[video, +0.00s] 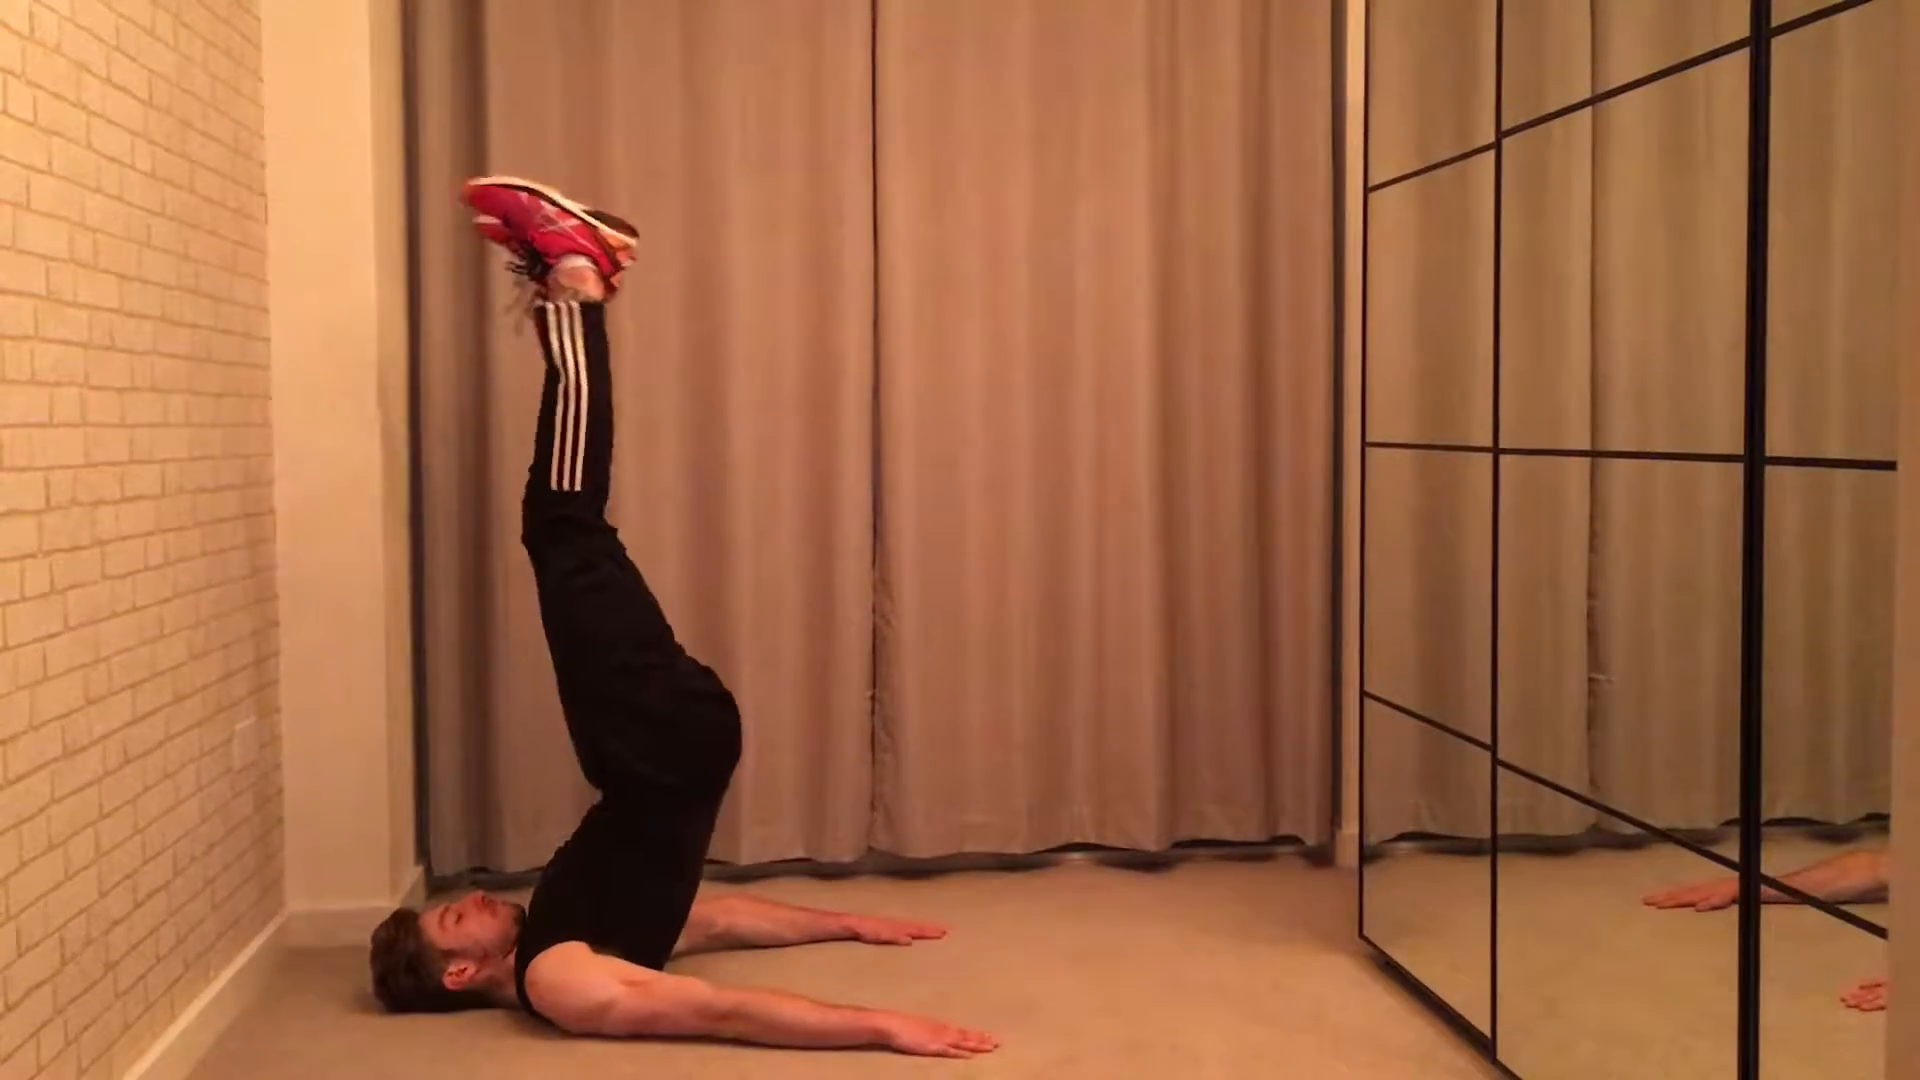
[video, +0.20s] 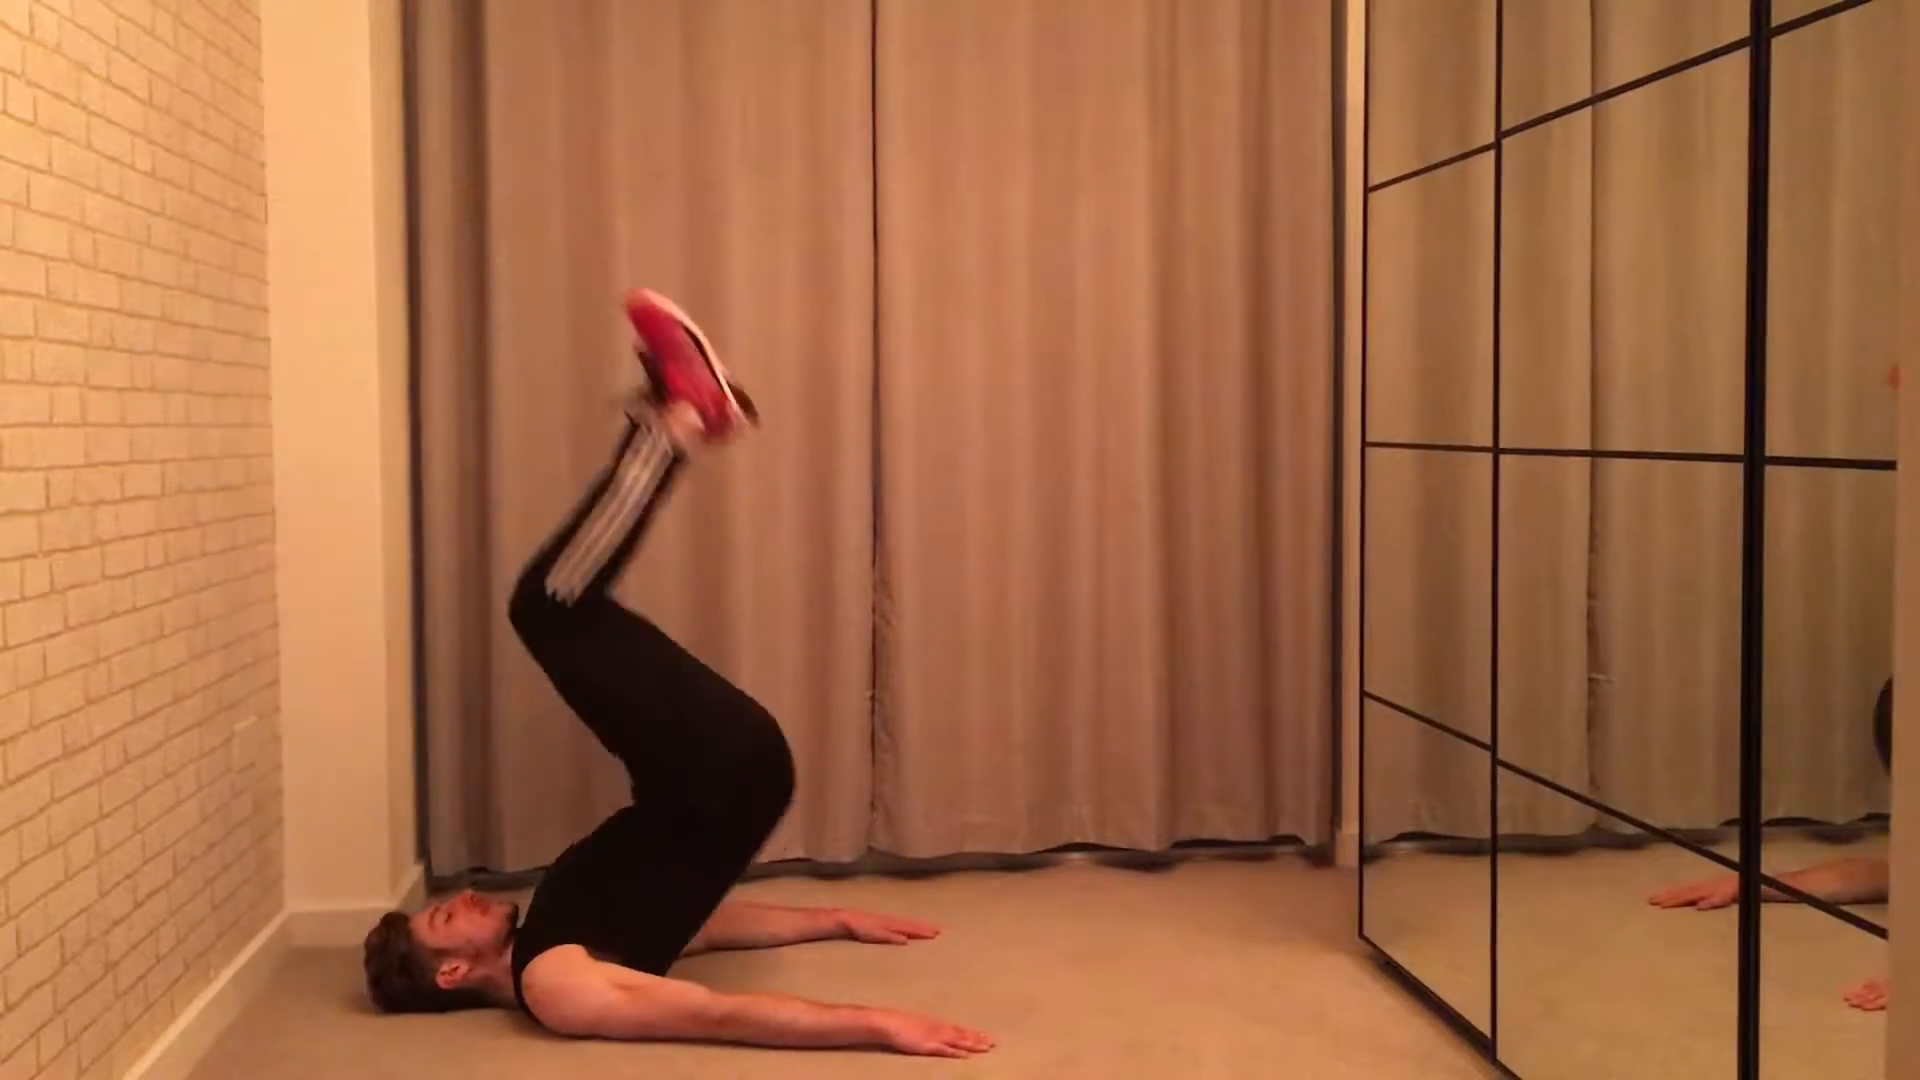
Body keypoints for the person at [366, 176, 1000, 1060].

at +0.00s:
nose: (474, 899)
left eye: (456, 900)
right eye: (456, 919)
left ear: (478, 904)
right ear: (465, 973)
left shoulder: (570, 936)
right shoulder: (559, 979)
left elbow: (716, 917)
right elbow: (719, 1015)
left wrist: (849, 925)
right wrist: (884, 1029)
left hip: (661, 760)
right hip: (681, 751)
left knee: (561, 526)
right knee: (560, 527)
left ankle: (570, 293)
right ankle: (573, 289)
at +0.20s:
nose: (464, 901)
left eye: (446, 903)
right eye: (449, 919)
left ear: (472, 943)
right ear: (460, 968)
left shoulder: (565, 941)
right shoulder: (559, 984)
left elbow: (712, 925)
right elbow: (721, 1019)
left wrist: (838, 922)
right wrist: (878, 1029)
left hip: (714, 775)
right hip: (731, 776)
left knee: (550, 606)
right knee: (543, 607)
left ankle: (668, 418)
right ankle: (673, 423)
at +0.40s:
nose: (464, 880)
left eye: (443, 883)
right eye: (446, 897)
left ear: (463, 936)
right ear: (457, 953)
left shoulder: (555, 933)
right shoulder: (564, 973)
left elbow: (704, 913)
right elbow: (717, 1019)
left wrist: (838, 917)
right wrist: (879, 1015)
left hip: (787, 879)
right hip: (802, 888)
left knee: (650, 699)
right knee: (653, 710)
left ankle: (841, 599)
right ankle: (858, 631)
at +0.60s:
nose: (627, 770)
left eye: (615, 755)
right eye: (604, 765)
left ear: (570, 798)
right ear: (562, 803)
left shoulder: (622, 854)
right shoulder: (620, 887)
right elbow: (714, 1023)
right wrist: (870, 1001)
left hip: (837, 911)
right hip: (863, 940)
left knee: (883, 682)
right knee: (906, 706)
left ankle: (1011, 853)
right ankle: (1075, 862)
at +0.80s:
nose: (853, 656)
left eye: (853, 639)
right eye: (845, 640)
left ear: (790, 644)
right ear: (795, 643)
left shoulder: (777, 713)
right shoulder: (786, 741)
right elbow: (758, 924)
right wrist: (863, 1017)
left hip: (880, 936)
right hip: (892, 959)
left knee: (986, 704)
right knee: (998, 721)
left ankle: (1049, 913)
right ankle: (1051, 928)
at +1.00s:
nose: (1030, 635)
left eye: (1038, 617)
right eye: (1031, 614)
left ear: (986, 588)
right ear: (990, 592)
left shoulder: (909, 636)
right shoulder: (936, 673)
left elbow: (861, 780)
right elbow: (898, 854)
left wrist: (856, 913)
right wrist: (879, 1011)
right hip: (915, 909)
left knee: (1045, 694)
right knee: (1069, 715)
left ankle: (1053, 910)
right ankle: (1046, 930)